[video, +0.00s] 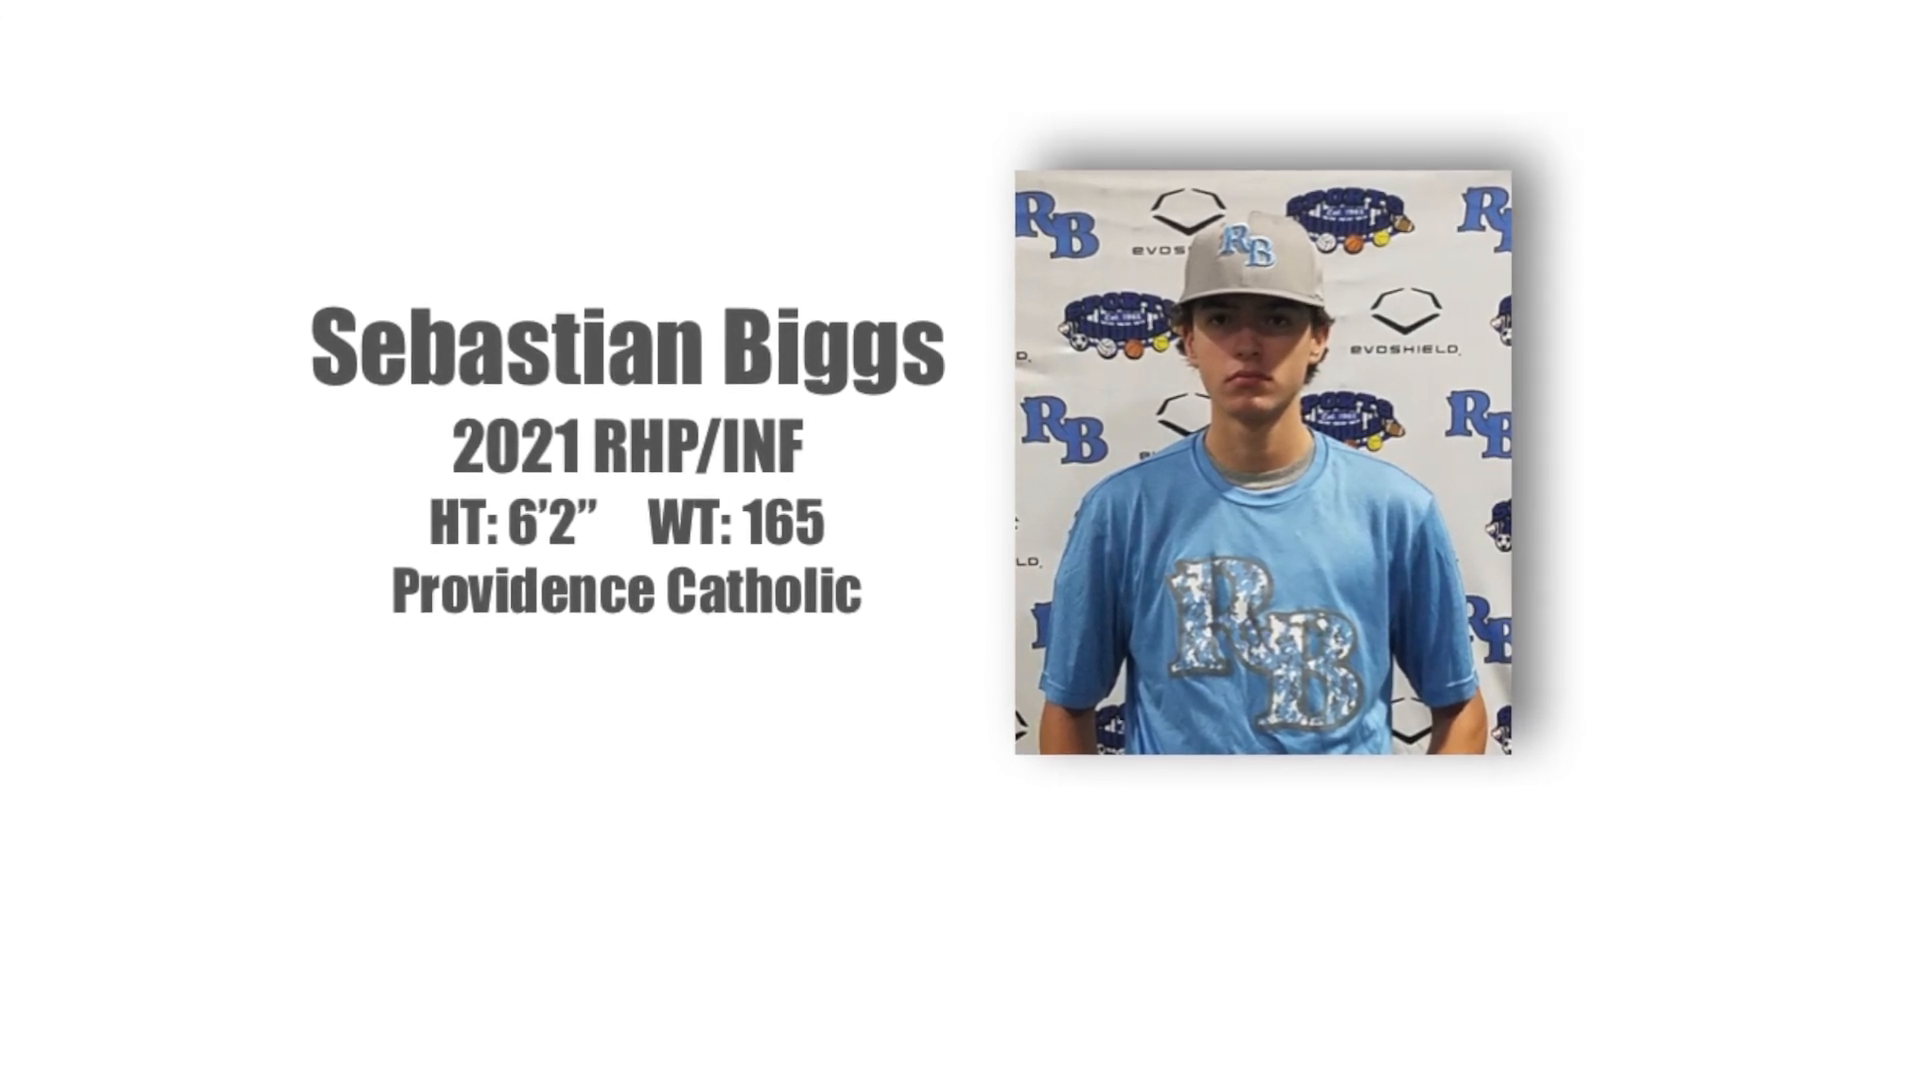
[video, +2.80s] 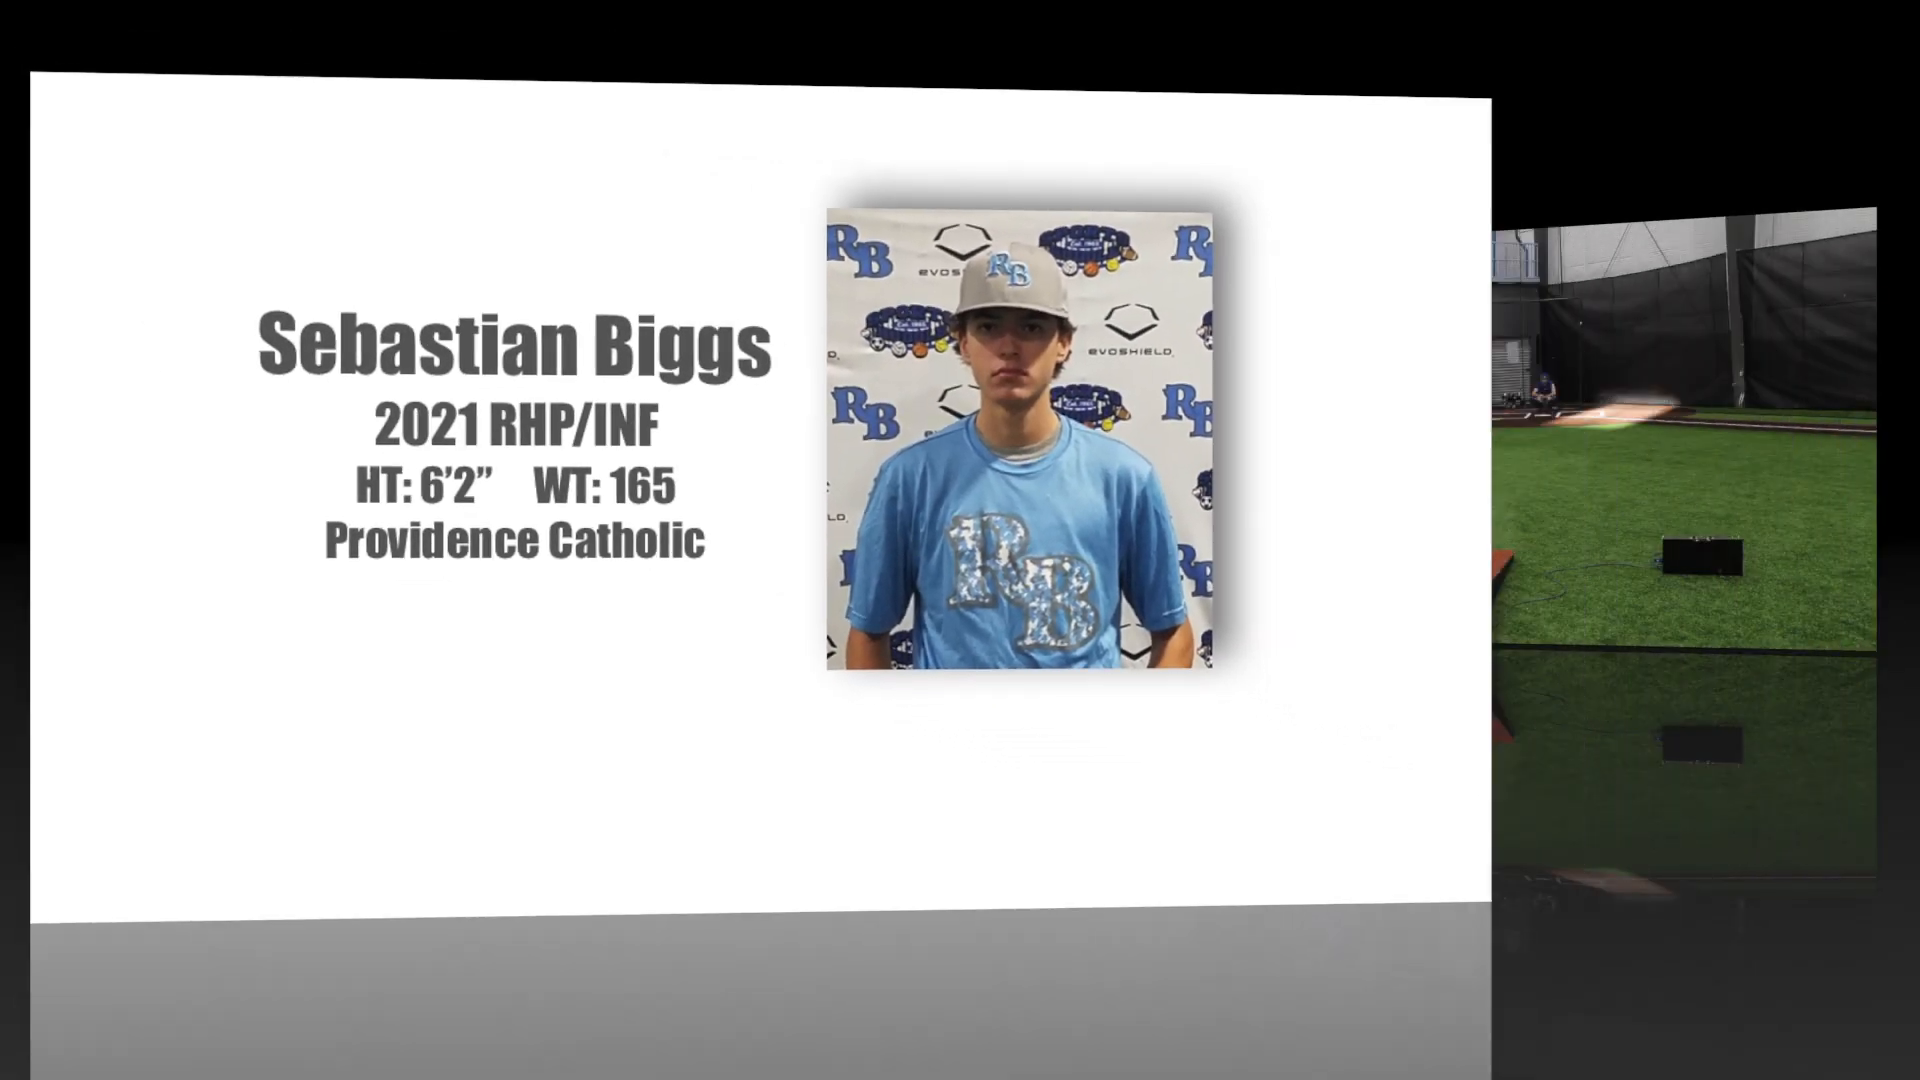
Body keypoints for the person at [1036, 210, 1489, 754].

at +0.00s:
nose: (1248, 343)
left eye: (1276, 319)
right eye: (1223, 319)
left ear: (1317, 341)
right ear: (1189, 341)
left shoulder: (1398, 511)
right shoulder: (1118, 513)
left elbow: (1461, 710)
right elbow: (1068, 712)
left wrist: (1422, 829)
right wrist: (1079, 835)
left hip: (1354, 826)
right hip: (1172, 825)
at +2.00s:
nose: (1260, 337)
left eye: (1289, 312)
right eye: (1234, 312)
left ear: (1331, 334)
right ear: (1198, 335)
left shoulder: (1415, 511)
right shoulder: (1125, 514)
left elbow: (1482, 717)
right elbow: (1073, 720)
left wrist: (1440, 841)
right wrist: (1086, 847)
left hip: (1370, 837)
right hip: (1182, 837)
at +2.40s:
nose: (1209, 338)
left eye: (1237, 314)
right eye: (1186, 315)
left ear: (1278, 336)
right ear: (1151, 336)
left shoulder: (1357, 503)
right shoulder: (1082, 506)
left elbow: (1420, 700)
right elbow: (1032, 702)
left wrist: (1381, 819)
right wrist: (1042, 826)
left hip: (1314, 815)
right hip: (1135, 814)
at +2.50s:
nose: (1167, 340)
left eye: (1194, 317)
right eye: (1144, 317)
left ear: (1232, 337)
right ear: (1111, 337)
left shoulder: (1308, 497)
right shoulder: (1044, 501)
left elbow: (1367, 685)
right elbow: (998, 687)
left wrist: (1331, 800)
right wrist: (1007, 805)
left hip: (1266, 799)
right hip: (1096, 799)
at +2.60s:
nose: (1117, 342)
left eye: (1142, 320)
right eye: (1096, 320)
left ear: (1179, 339)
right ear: (1064, 339)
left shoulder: (1249, 491)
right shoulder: (1002, 494)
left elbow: (1306, 668)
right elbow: (958, 671)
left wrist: (1273, 776)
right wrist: (965, 782)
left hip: (1211, 775)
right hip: (1050, 776)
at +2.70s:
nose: (1064, 344)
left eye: (1087, 324)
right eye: (1044, 324)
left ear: (1121, 343)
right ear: (1014, 341)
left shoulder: (1188, 484)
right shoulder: (955, 486)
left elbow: (1240, 650)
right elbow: (914, 652)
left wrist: (1210, 753)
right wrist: (921, 757)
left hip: (1151, 752)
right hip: (1001, 752)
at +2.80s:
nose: (1009, 346)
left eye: (1031, 327)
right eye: (990, 327)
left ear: (1063, 344)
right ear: (963, 343)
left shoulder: (1125, 478)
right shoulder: (908, 479)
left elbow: (1173, 633)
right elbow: (869, 634)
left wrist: (1146, 728)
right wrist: (874, 732)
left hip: (1091, 725)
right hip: (951, 726)